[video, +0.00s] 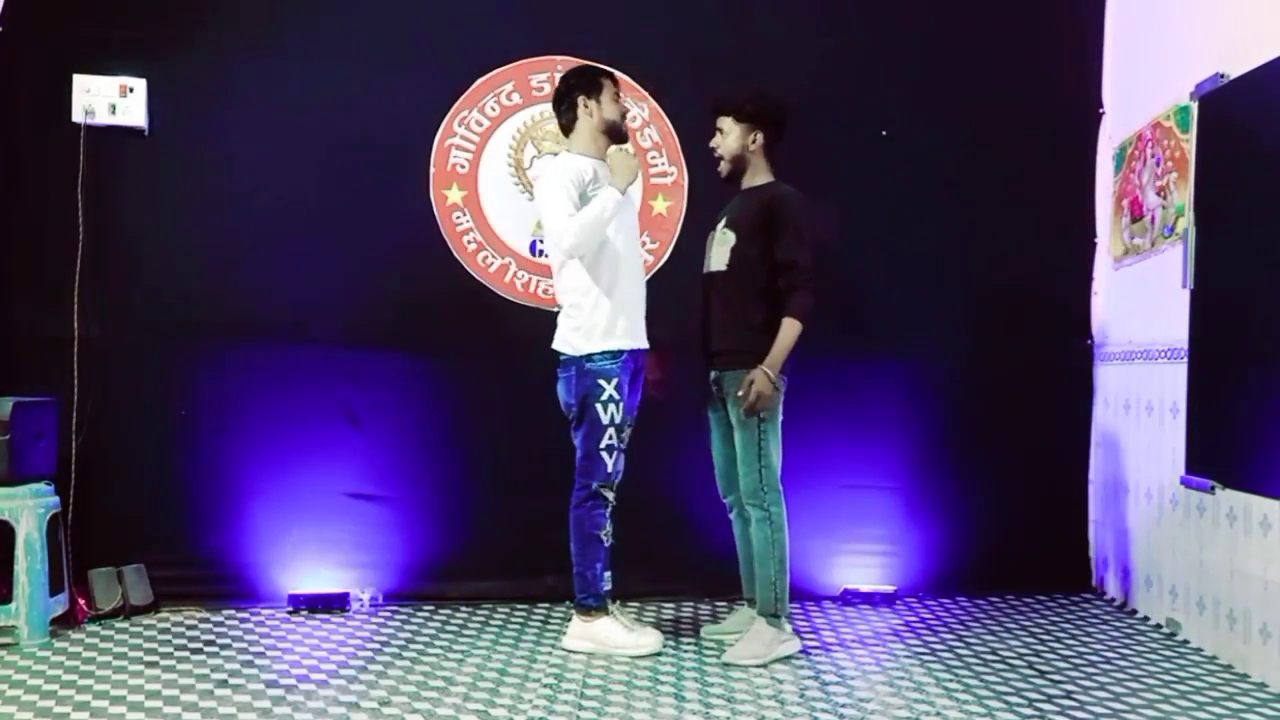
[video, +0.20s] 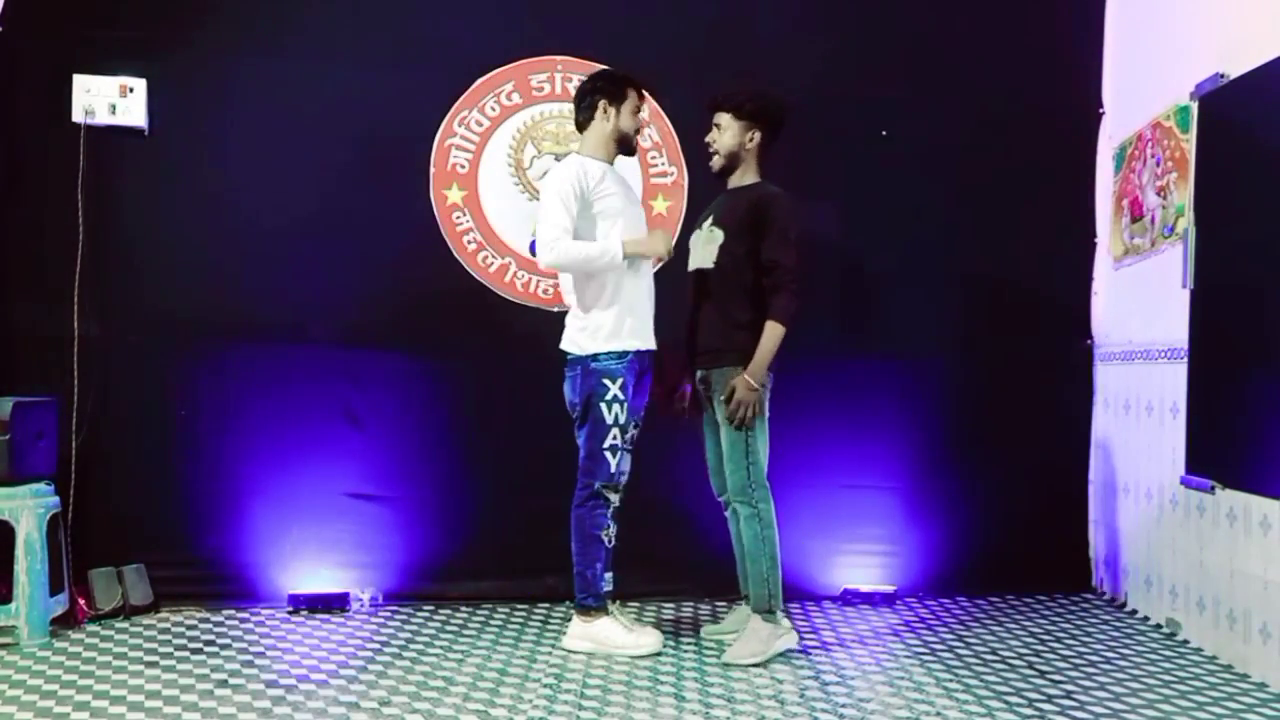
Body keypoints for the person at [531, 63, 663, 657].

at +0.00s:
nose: (624, 109)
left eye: (622, 100)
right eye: (616, 99)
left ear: (587, 107)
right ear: (585, 106)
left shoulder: (605, 172)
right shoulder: (558, 170)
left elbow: (614, 262)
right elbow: (568, 243)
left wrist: (636, 343)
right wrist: (617, 187)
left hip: (619, 350)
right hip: (592, 352)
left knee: (604, 484)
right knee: (595, 484)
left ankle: (600, 610)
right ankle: (588, 616)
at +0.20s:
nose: (640, 122)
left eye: (641, 112)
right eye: (634, 110)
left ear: (605, 112)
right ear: (602, 110)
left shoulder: (622, 178)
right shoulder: (567, 172)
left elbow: (621, 261)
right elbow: (552, 251)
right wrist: (630, 248)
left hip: (630, 350)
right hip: (597, 352)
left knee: (611, 482)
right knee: (598, 482)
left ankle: (598, 608)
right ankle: (588, 615)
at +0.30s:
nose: (647, 126)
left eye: (648, 117)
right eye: (642, 115)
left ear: (618, 114)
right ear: (612, 111)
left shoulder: (624, 180)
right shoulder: (573, 173)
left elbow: (624, 264)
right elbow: (542, 252)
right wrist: (615, 285)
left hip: (630, 356)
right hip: (600, 357)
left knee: (610, 484)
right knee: (600, 485)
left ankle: (601, 608)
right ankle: (587, 617)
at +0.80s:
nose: (644, 127)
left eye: (650, 118)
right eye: (634, 117)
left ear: (651, 120)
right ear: (604, 116)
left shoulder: (654, 187)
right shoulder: (563, 171)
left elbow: (674, 252)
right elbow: (507, 239)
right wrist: (542, 290)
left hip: (632, 349)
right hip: (576, 343)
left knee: (609, 478)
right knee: (569, 474)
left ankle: (598, 608)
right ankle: (553, 614)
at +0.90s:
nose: (624, 118)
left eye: (630, 108)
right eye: (612, 109)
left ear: (637, 115)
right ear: (586, 114)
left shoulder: (650, 186)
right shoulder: (553, 174)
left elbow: (672, 254)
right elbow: (500, 242)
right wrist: (525, 290)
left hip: (621, 346)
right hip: (562, 337)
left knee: (606, 474)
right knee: (538, 457)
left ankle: (598, 607)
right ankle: (494, 596)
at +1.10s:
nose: (578, 112)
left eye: (586, 102)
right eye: (566, 104)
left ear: (599, 111)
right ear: (546, 116)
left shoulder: (623, 182)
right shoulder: (517, 177)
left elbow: (628, 247)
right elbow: (470, 237)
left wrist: (621, 296)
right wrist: (484, 296)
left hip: (592, 355)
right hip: (525, 348)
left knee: (615, 474)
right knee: (460, 463)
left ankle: (598, 607)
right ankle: (411, 585)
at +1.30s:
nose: (527, 183)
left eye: (537, 173)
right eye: (517, 171)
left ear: (550, 178)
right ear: (495, 174)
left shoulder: (570, 235)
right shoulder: (461, 232)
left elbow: (594, 289)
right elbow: (405, 282)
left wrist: (583, 345)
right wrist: (421, 347)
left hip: (547, 397)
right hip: (473, 392)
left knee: (608, 499)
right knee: (399, 487)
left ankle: (615, 609)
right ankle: (374, 608)